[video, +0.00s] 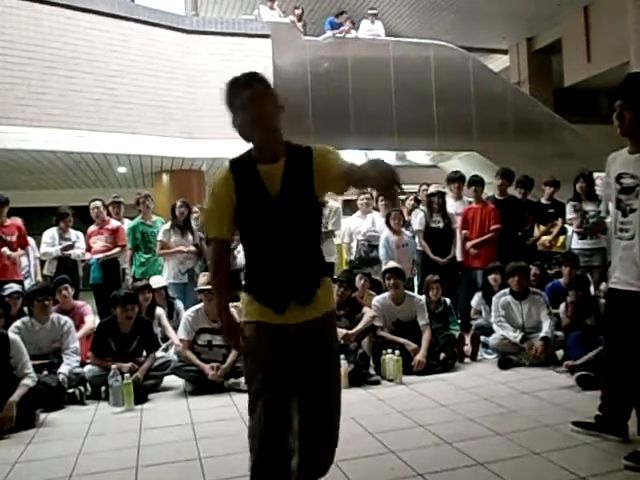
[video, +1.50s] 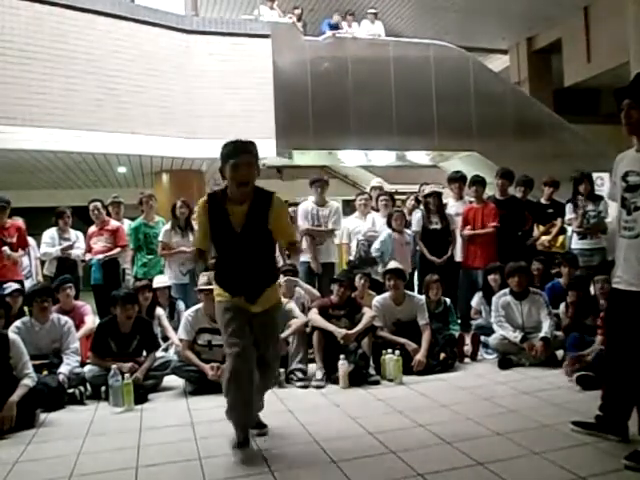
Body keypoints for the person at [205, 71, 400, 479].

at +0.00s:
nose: (256, 110)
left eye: (261, 99)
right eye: (245, 104)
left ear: (279, 105)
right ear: (234, 122)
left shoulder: (316, 161)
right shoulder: (228, 180)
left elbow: (372, 178)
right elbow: (219, 257)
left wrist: (381, 173)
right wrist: (226, 319)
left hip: (316, 312)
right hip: (262, 317)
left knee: (321, 423)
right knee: (270, 425)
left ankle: (308, 474)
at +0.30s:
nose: (229, 138)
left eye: (234, 128)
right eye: (226, 129)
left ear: (270, 125)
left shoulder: (320, 163)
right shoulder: (236, 181)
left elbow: (357, 207)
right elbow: (215, 254)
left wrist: (352, 244)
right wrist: (236, 323)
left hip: (318, 317)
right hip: (263, 322)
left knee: (323, 422)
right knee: (271, 426)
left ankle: (310, 477)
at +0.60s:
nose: (255, 156)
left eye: (266, 145)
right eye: (247, 146)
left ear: (290, 148)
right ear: (239, 153)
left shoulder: (319, 193)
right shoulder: (232, 203)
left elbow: (367, 234)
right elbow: (202, 260)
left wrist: (347, 285)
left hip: (316, 320)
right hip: (263, 323)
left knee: (328, 419)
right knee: (275, 404)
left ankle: (325, 477)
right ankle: (270, 479)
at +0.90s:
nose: (246, 151)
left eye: (254, 144)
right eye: (241, 144)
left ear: (277, 146)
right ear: (235, 149)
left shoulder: (305, 194)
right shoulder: (225, 196)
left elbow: (318, 252)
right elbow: (174, 236)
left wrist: (320, 294)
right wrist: (181, 192)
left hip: (306, 322)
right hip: (253, 328)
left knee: (326, 417)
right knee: (252, 417)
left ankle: (315, 477)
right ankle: (250, 455)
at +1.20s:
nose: (210, 188)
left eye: (214, 180)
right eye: (208, 180)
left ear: (239, 176)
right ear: (214, 180)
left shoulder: (275, 209)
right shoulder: (212, 218)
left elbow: (276, 259)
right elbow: (210, 265)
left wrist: (233, 239)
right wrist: (209, 286)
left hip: (280, 316)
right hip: (238, 317)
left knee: (287, 389)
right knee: (243, 393)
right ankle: (251, 454)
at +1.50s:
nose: (245, 174)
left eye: (250, 167)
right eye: (237, 167)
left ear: (258, 168)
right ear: (223, 170)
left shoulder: (272, 204)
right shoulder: (208, 207)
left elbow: (290, 244)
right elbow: (201, 252)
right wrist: (196, 260)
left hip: (267, 292)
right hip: (229, 294)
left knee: (268, 362)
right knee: (238, 357)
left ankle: (253, 411)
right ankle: (241, 430)